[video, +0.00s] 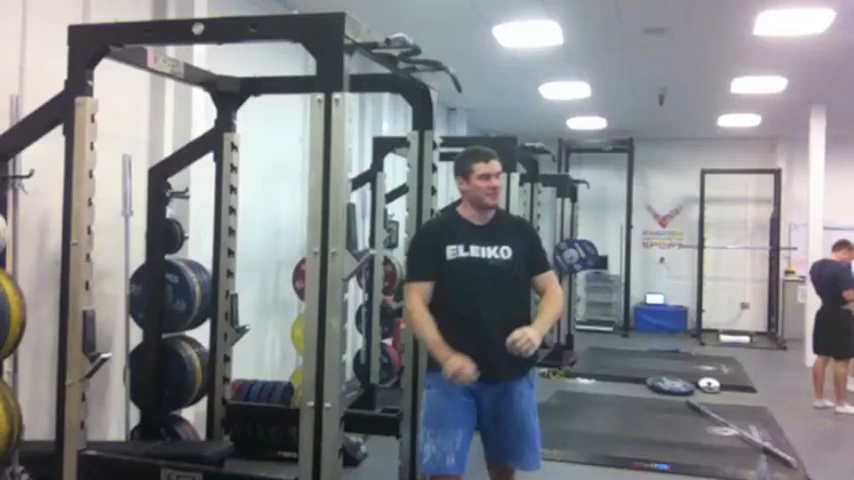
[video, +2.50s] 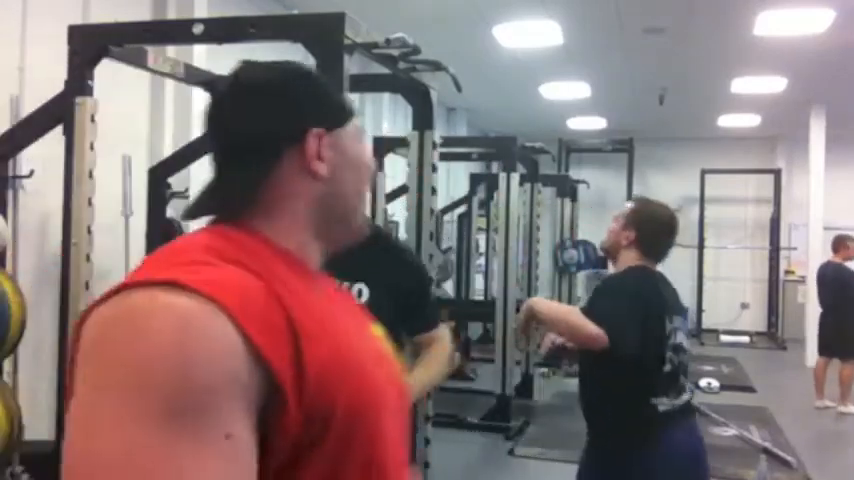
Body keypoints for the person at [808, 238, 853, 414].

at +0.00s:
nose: (849, 259)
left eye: (850, 255)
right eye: (849, 255)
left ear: (834, 250)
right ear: (844, 252)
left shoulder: (817, 266)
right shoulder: (842, 269)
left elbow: (820, 291)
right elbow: (848, 294)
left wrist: (836, 297)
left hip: (824, 311)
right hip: (841, 314)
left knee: (822, 357)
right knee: (841, 361)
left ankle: (818, 398)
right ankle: (841, 402)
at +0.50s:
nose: (847, 259)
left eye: (847, 256)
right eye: (846, 255)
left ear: (830, 250)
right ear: (841, 252)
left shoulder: (816, 267)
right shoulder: (840, 269)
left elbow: (822, 292)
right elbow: (846, 295)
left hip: (823, 311)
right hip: (840, 313)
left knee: (822, 357)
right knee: (842, 361)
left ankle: (818, 398)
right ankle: (841, 402)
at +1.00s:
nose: (846, 255)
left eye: (846, 251)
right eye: (845, 251)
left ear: (829, 249)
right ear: (838, 249)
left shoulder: (816, 266)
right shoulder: (838, 268)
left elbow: (821, 291)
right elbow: (842, 294)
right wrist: (853, 294)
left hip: (822, 311)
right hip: (839, 314)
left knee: (821, 357)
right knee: (841, 361)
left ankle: (818, 398)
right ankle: (841, 401)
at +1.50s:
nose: (848, 253)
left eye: (848, 249)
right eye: (847, 249)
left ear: (830, 248)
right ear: (841, 249)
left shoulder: (816, 268)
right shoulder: (839, 270)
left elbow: (812, 292)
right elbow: (845, 295)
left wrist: (830, 296)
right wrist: (853, 296)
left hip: (822, 316)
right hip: (840, 318)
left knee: (821, 357)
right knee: (841, 361)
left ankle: (818, 397)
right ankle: (841, 401)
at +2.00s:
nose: (850, 252)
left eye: (850, 248)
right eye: (849, 248)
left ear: (830, 248)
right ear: (841, 249)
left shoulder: (817, 269)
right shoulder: (846, 273)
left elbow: (818, 297)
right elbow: (850, 297)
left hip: (822, 317)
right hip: (842, 320)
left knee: (821, 357)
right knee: (841, 361)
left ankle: (818, 397)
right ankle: (841, 401)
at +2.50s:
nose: (853, 252)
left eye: (852, 248)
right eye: (851, 248)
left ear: (838, 248)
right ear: (843, 248)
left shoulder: (823, 269)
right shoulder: (847, 273)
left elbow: (822, 298)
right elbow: (849, 300)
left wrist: (831, 311)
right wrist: (847, 315)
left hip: (827, 318)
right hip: (845, 321)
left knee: (824, 357)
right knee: (847, 361)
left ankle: (820, 398)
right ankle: (845, 402)